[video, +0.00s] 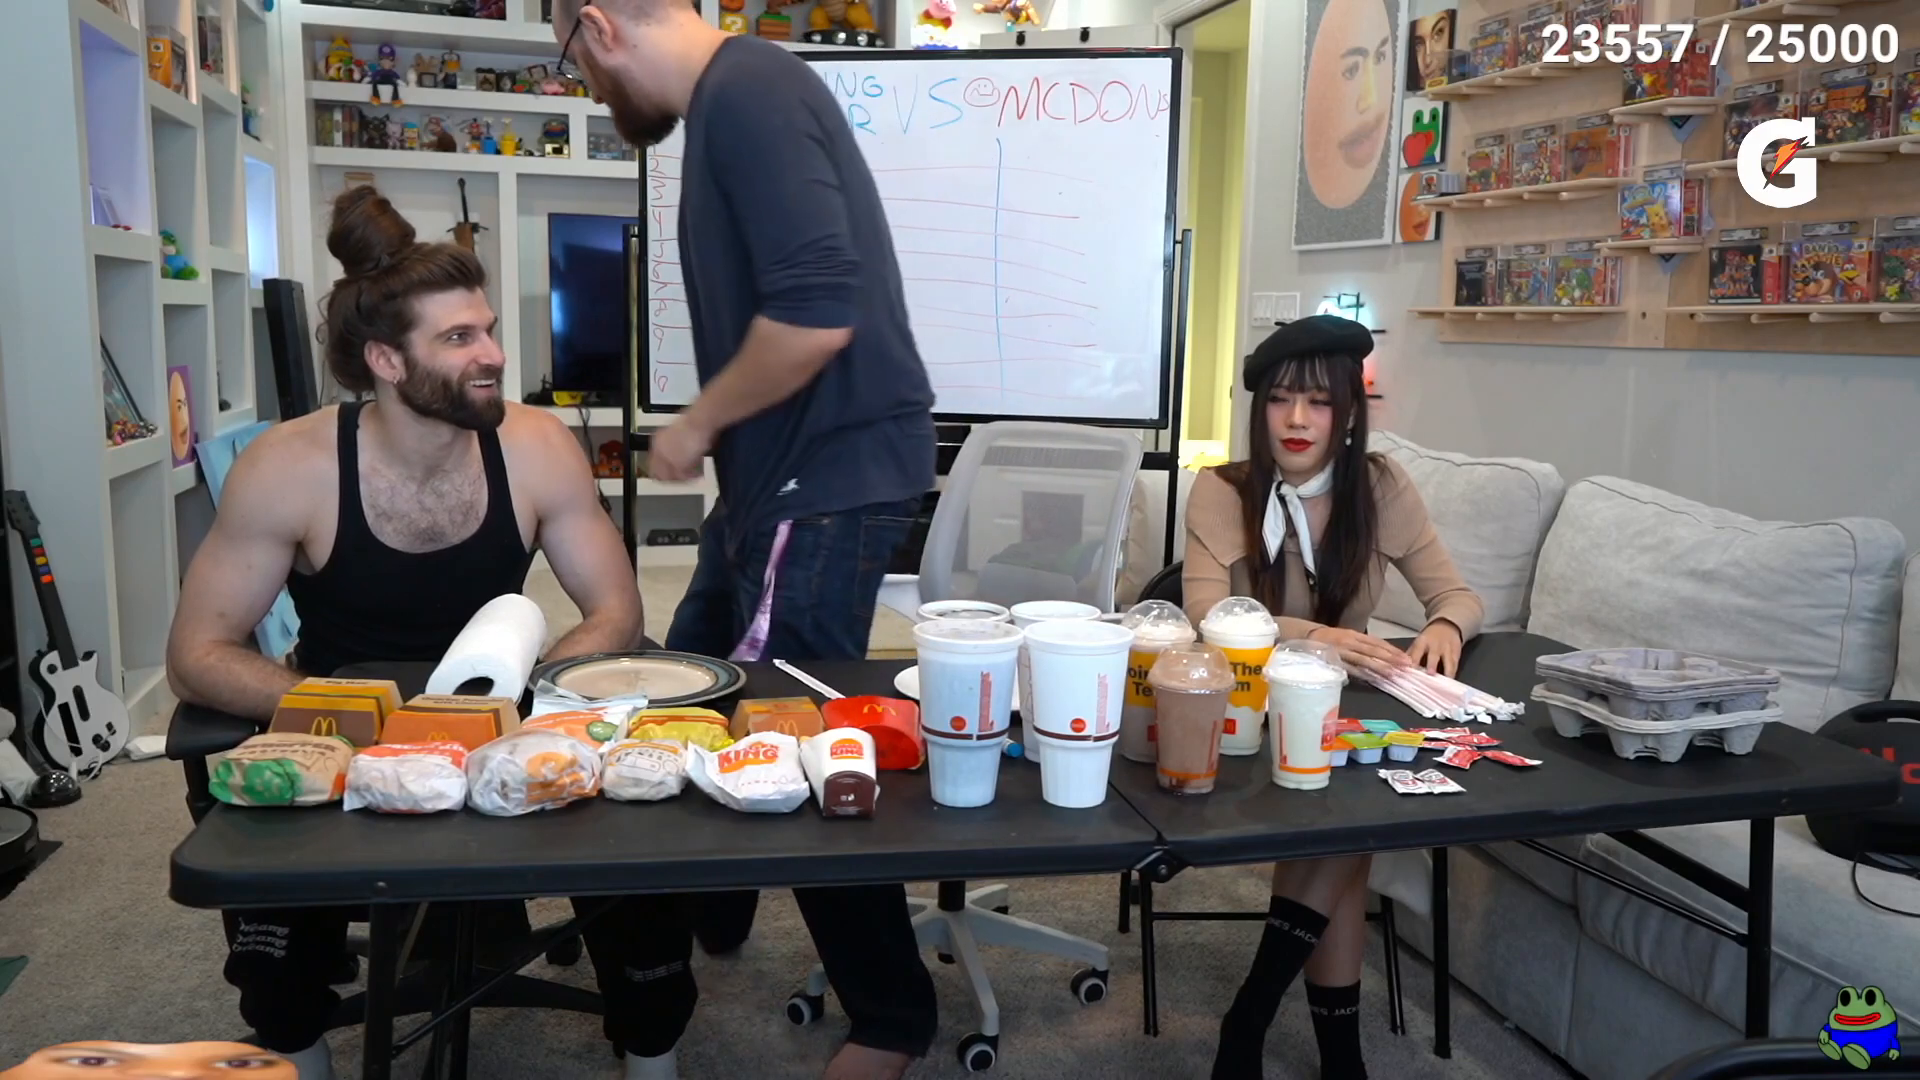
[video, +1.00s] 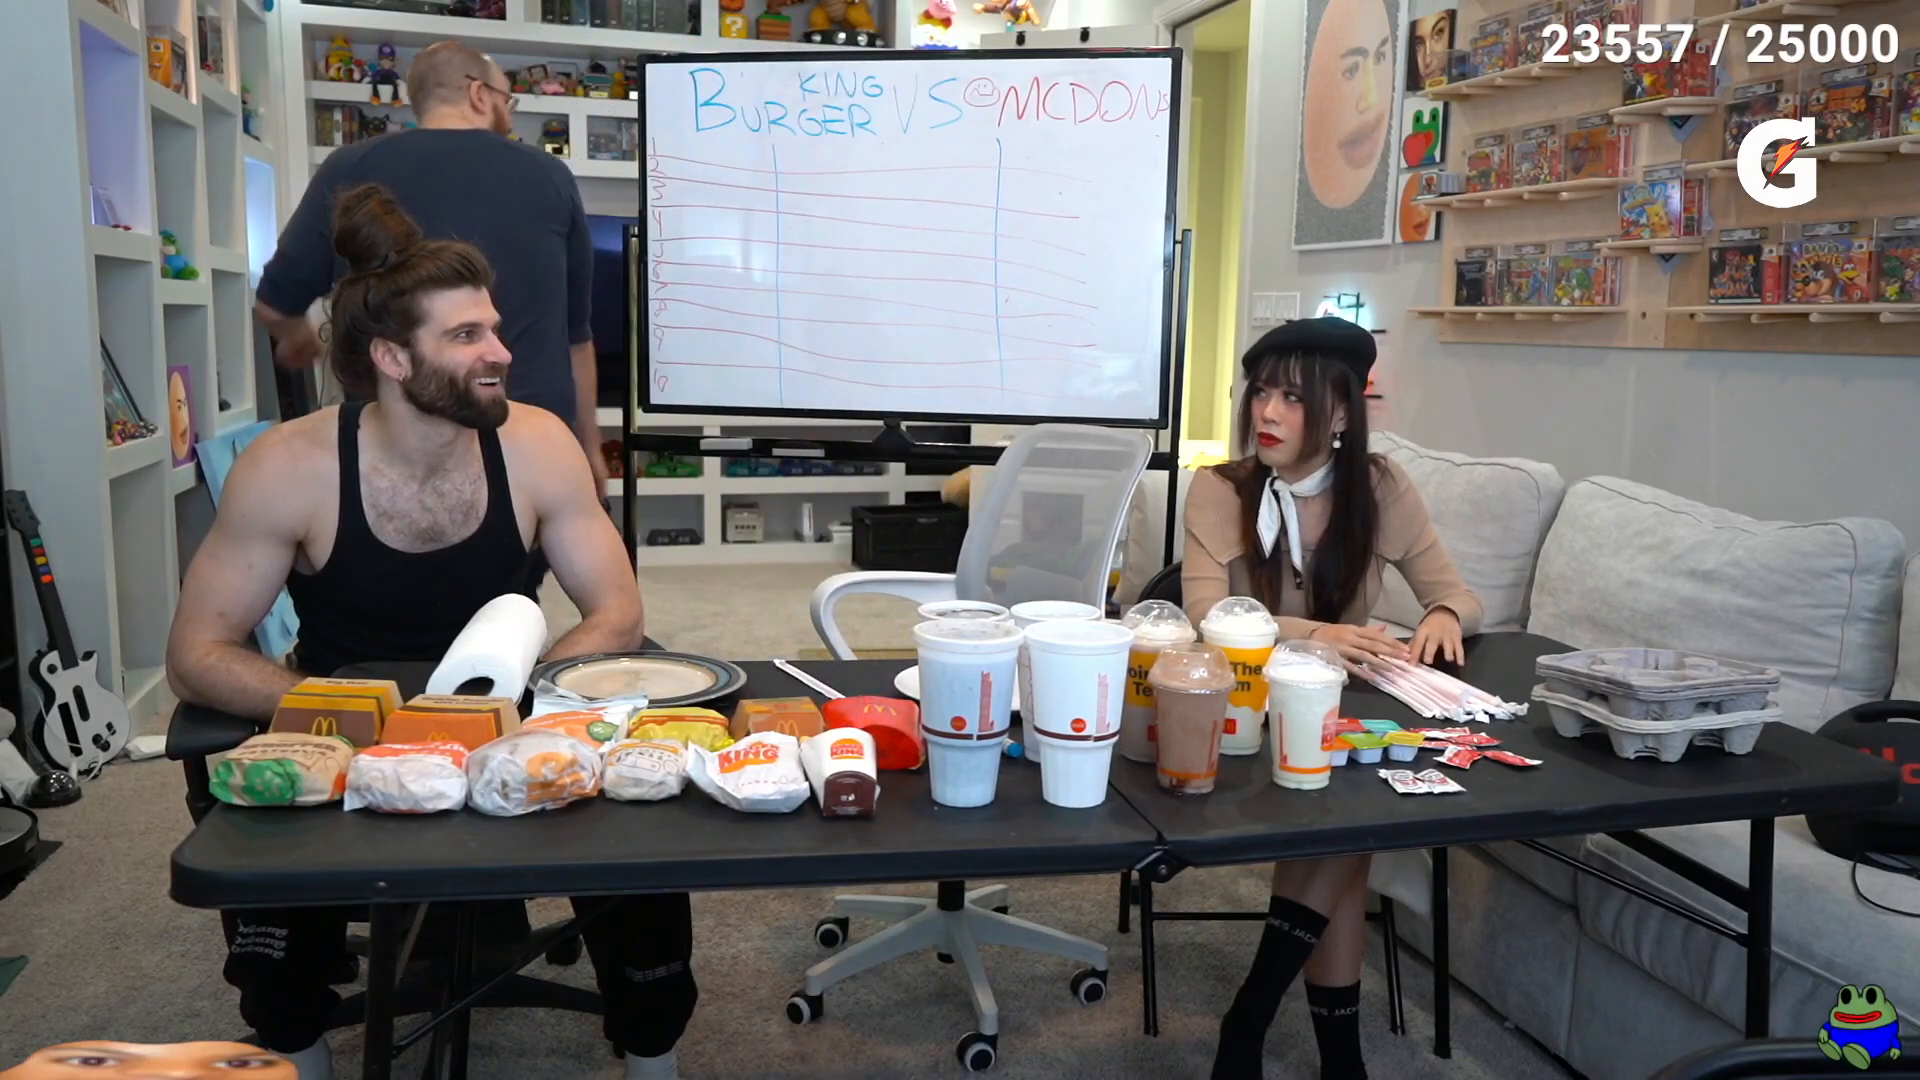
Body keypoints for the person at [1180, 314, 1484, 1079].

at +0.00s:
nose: (1297, 420)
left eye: (1319, 402)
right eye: (1281, 399)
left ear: (1350, 413)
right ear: (1258, 405)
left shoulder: (1379, 485)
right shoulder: (1221, 491)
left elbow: (1456, 595)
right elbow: (1209, 622)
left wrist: (1447, 625)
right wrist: (1313, 635)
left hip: (1336, 704)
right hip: (1239, 710)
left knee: (1346, 814)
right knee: (1351, 830)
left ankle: (1246, 1024)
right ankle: (1343, 1064)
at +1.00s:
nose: (1265, 411)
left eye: (1291, 397)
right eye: (1260, 392)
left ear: (1339, 413)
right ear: (1248, 396)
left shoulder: (1379, 484)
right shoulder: (1220, 489)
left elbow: (1456, 595)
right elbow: (1209, 618)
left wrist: (1443, 613)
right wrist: (1314, 633)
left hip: (1342, 706)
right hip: (1242, 710)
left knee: (1343, 817)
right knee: (1350, 831)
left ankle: (1245, 1026)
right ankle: (1343, 1064)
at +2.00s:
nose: (1243, 411)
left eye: (1267, 395)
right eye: (1239, 389)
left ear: (1317, 409)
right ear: (1229, 393)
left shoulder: (1369, 486)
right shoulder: (1210, 490)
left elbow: (1458, 597)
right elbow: (1210, 622)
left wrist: (1444, 624)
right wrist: (1309, 630)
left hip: (1336, 707)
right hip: (1236, 711)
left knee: (1338, 818)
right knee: (1346, 834)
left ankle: (1241, 1026)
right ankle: (1342, 1064)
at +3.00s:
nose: (1299, 415)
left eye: (1322, 397)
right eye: (1286, 394)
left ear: (1358, 412)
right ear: (1265, 403)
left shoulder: (1382, 485)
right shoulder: (1226, 490)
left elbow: (1463, 598)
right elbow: (1213, 620)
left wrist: (1433, 624)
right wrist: (1317, 635)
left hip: (1340, 707)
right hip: (1243, 712)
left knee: (1345, 818)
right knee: (1351, 832)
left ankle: (1248, 1024)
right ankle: (1342, 1063)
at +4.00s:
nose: (1295, 413)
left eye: (1318, 396)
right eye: (1282, 393)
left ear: (1353, 410)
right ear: (1261, 403)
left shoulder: (1380, 483)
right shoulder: (1225, 488)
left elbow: (1464, 599)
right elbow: (1211, 619)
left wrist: (1432, 624)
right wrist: (1313, 633)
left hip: (1344, 702)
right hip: (1246, 707)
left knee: (1347, 818)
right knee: (1351, 834)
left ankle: (1247, 1025)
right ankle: (1343, 1063)